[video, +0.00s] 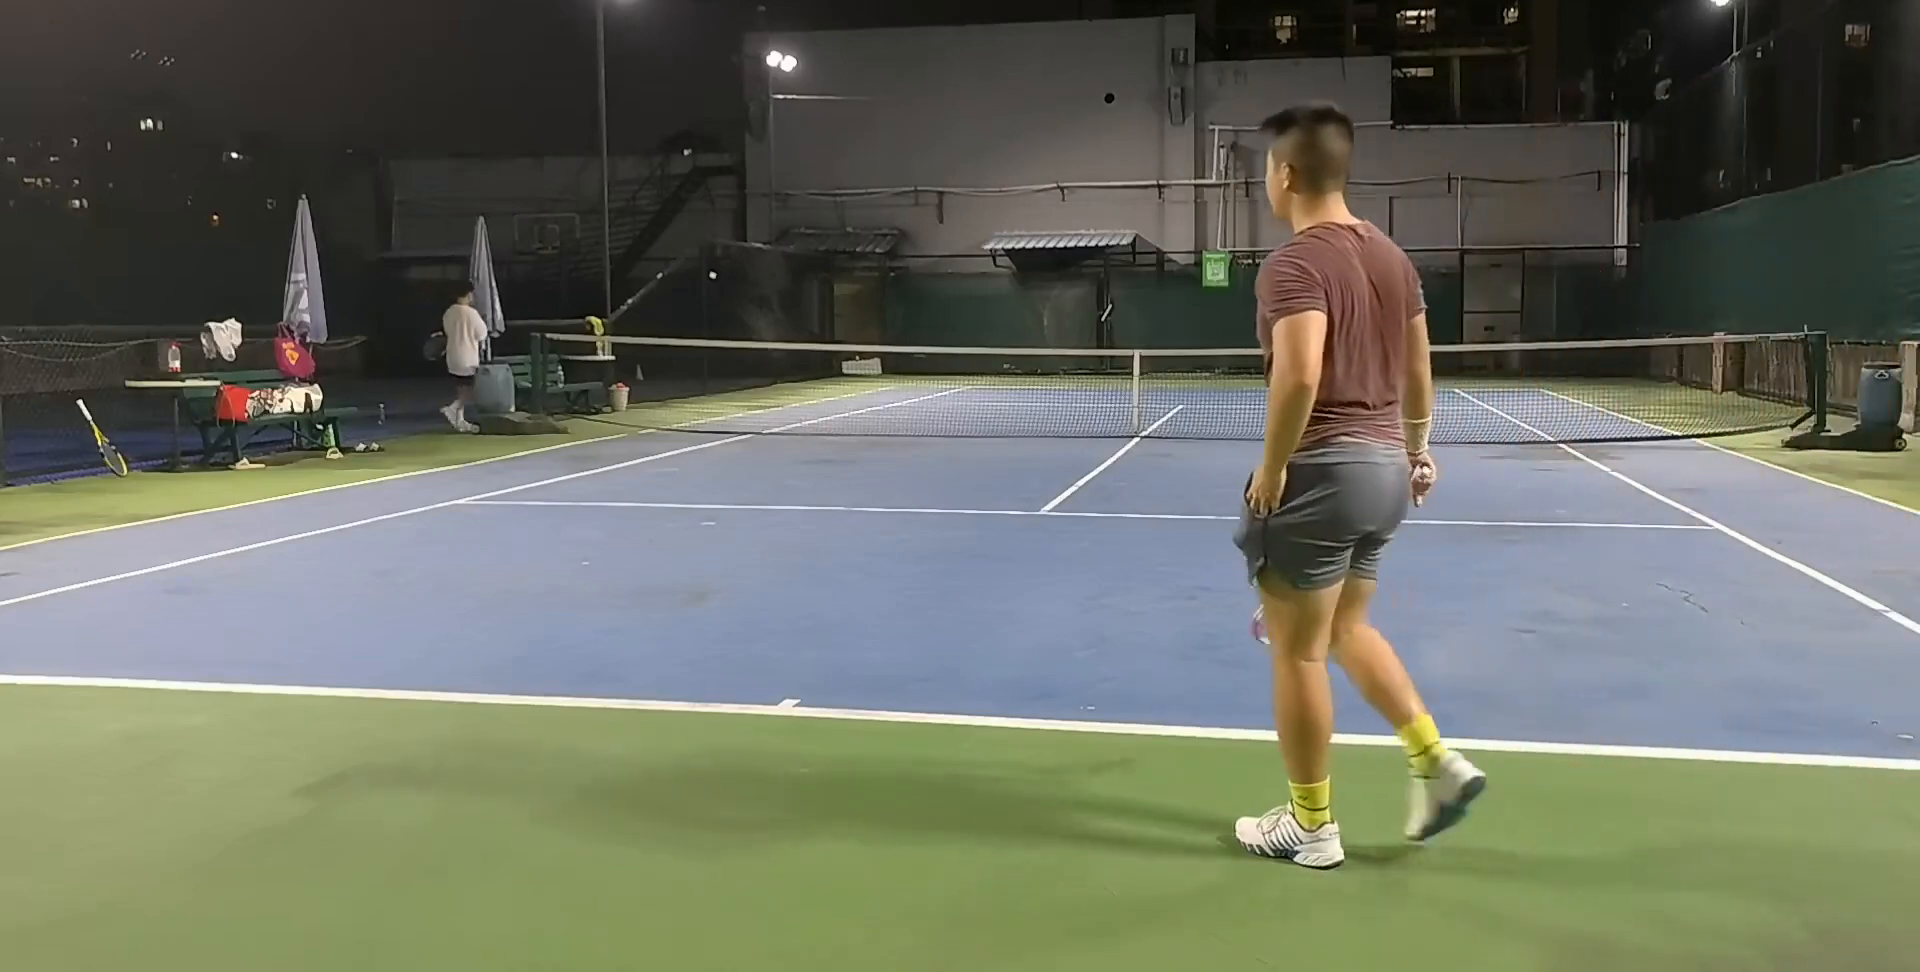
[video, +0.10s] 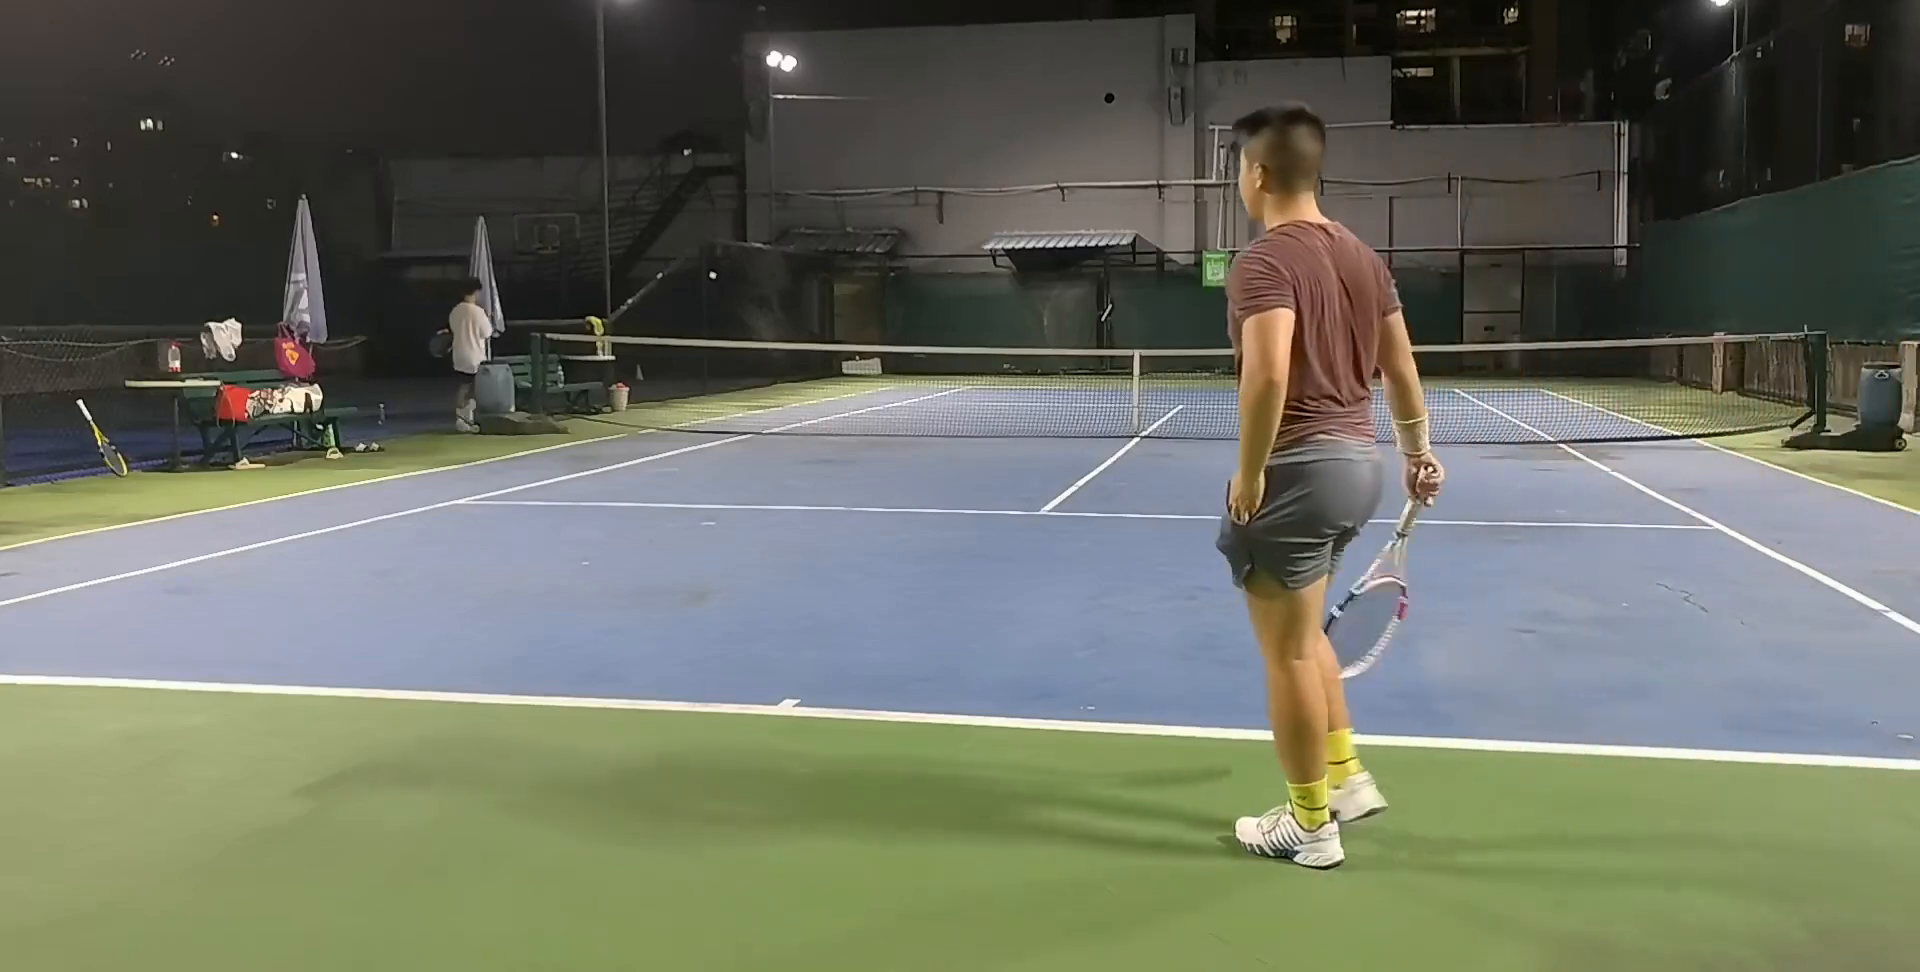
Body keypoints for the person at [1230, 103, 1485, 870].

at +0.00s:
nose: (1268, 182)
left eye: (1270, 170)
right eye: (1272, 168)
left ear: (1286, 176)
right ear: (1343, 175)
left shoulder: (1294, 262)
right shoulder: (1394, 257)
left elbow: (1299, 373)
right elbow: (1417, 367)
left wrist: (1271, 467)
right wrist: (1415, 446)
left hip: (1321, 467)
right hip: (1388, 465)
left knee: (1297, 645)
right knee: (1348, 626)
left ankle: (1310, 821)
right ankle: (1437, 761)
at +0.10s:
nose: (1241, 180)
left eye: (1244, 167)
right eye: (1244, 166)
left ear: (1258, 176)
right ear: (1315, 175)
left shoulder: (1263, 261)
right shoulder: (1364, 257)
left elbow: (1268, 373)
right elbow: (1400, 367)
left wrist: (1249, 473)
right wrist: (1417, 447)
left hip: (1297, 467)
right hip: (1362, 465)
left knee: (1288, 646)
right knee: (1303, 622)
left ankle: (1309, 821)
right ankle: (1343, 774)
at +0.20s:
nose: (1216, 184)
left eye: (1219, 172)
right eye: (1221, 171)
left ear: (1232, 180)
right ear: (1289, 180)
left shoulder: (1236, 264)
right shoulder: (1336, 260)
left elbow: (1243, 372)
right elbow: (1378, 367)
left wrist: (1227, 475)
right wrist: (1408, 451)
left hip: (1271, 469)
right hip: (1334, 467)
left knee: (1283, 653)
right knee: (1250, 612)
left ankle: (1312, 824)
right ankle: (1239, 772)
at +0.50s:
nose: (1147, 195)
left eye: (1151, 187)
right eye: (1152, 185)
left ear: (1161, 192)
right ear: (1220, 196)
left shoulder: (1161, 263)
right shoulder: (1253, 277)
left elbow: (1160, 375)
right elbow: (1279, 391)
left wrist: (1147, 475)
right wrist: (1296, 477)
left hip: (1185, 466)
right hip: (1239, 464)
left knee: (1200, 647)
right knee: (1152, 605)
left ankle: (1288, 801)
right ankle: (1141, 772)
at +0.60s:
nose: (1133, 195)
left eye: (1134, 187)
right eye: (1138, 187)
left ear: (1142, 189)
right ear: (1203, 193)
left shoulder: (1140, 259)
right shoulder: (1227, 277)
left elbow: (1137, 368)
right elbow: (1237, 389)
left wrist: (1119, 468)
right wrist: (1235, 472)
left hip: (1160, 460)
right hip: (1215, 459)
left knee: (1126, 636)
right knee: (1153, 621)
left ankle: (1245, 763)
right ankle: (1139, 772)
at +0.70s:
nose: (1114, 196)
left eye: (1115, 186)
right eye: (1121, 186)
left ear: (1123, 189)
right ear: (1181, 189)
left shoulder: (1124, 258)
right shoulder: (1205, 271)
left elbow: (1121, 368)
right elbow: (1203, 389)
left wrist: (1097, 464)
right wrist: (1172, 456)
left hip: (1138, 457)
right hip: (1191, 456)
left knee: (1075, 618)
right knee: (1151, 617)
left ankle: (1183, 750)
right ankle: (1141, 768)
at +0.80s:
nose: (1093, 194)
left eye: (1094, 184)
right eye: (1101, 184)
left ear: (1102, 188)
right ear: (1161, 190)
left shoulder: (1108, 257)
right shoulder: (1180, 268)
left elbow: (1109, 362)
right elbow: (1176, 378)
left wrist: (1077, 460)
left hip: (1119, 453)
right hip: (1174, 453)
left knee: (1044, 604)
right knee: (1147, 613)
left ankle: (1099, 760)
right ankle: (1142, 774)